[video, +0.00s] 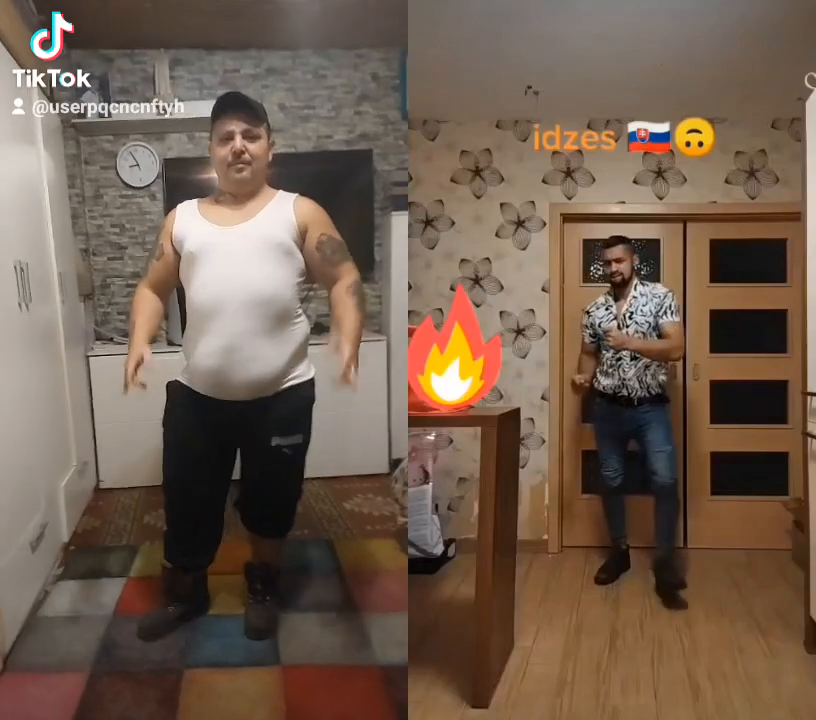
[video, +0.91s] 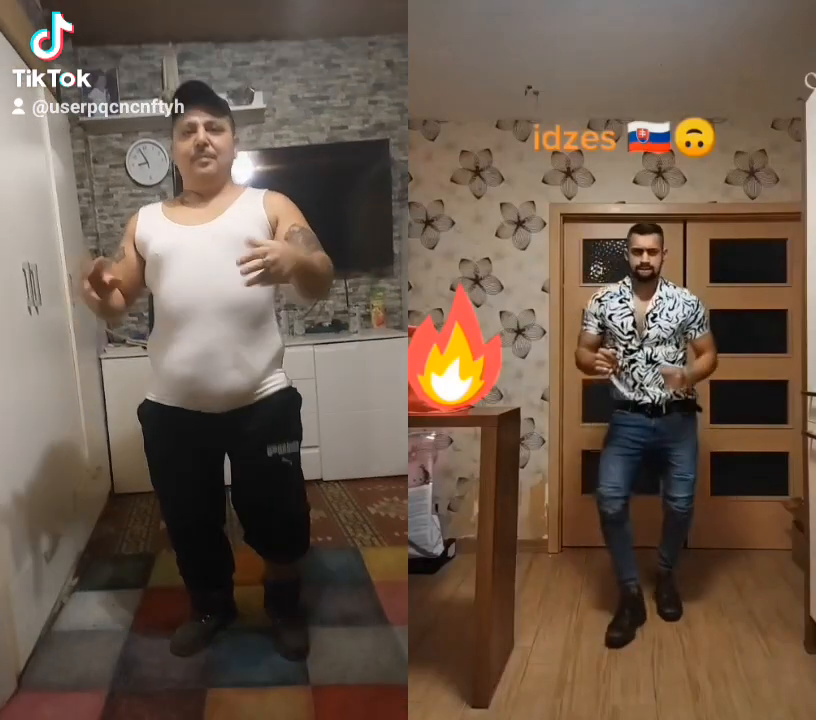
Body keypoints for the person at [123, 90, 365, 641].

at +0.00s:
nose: (239, 148)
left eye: (251, 137)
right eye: (227, 139)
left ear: (270, 148)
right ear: (212, 154)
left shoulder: (301, 215)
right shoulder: (182, 222)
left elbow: (344, 279)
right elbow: (153, 287)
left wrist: (348, 342)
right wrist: (139, 340)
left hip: (280, 395)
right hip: (198, 395)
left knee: (269, 508)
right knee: (187, 504)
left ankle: (263, 588)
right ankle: (186, 593)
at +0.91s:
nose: (202, 142)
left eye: (215, 130)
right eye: (188, 132)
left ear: (234, 143)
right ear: (172, 148)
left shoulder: (271, 208)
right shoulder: (146, 223)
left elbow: (319, 287)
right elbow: (116, 304)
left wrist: (298, 260)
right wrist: (101, 291)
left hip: (261, 401)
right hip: (174, 407)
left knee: (279, 521)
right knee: (190, 525)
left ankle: (286, 610)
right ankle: (211, 610)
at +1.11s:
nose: (197, 118)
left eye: (210, 104)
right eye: (181, 108)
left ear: (230, 117)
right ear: (165, 127)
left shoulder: (271, 181)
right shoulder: (148, 206)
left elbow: (323, 262)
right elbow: (118, 293)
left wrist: (294, 234)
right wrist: (97, 276)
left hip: (255, 387)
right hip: (168, 391)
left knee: (270, 507)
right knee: (182, 510)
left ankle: (283, 602)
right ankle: (197, 597)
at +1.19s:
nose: (200, 113)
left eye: (213, 99)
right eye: (184, 103)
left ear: (234, 112)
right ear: (168, 122)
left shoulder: (277, 176)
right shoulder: (154, 204)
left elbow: (329, 251)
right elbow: (134, 290)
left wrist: (294, 244)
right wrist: (107, 280)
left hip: (260, 384)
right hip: (174, 387)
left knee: (268, 506)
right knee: (182, 506)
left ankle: (279, 597)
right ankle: (194, 592)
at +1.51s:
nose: (205, 112)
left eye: (217, 98)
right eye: (190, 102)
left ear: (239, 109)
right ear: (173, 120)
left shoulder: (284, 178)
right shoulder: (154, 204)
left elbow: (343, 245)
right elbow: (131, 299)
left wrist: (322, 258)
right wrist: (120, 287)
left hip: (270, 391)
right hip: (179, 394)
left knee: (267, 520)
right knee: (177, 518)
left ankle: (264, 599)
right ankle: (187, 604)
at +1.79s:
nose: (231, 106)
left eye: (244, 94)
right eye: (217, 95)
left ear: (261, 108)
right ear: (195, 111)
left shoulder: (296, 186)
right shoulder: (164, 189)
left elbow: (329, 255)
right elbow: (131, 272)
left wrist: (327, 292)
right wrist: (171, 326)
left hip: (285, 384)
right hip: (197, 387)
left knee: (282, 504)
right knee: (199, 506)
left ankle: (273, 586)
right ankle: (205, 596)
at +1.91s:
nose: (237, 105)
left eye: (251, 94)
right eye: (223, 92)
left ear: (266, 111)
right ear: (201, 106)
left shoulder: (292, 186)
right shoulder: (164, 183)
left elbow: (330, 258)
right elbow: (131, 269)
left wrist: (314, 267)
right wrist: (176, 317)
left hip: (283, 382)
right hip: (196, 386)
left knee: (284, 497)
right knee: (190, 504)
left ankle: (271, 578)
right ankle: (193, 593)